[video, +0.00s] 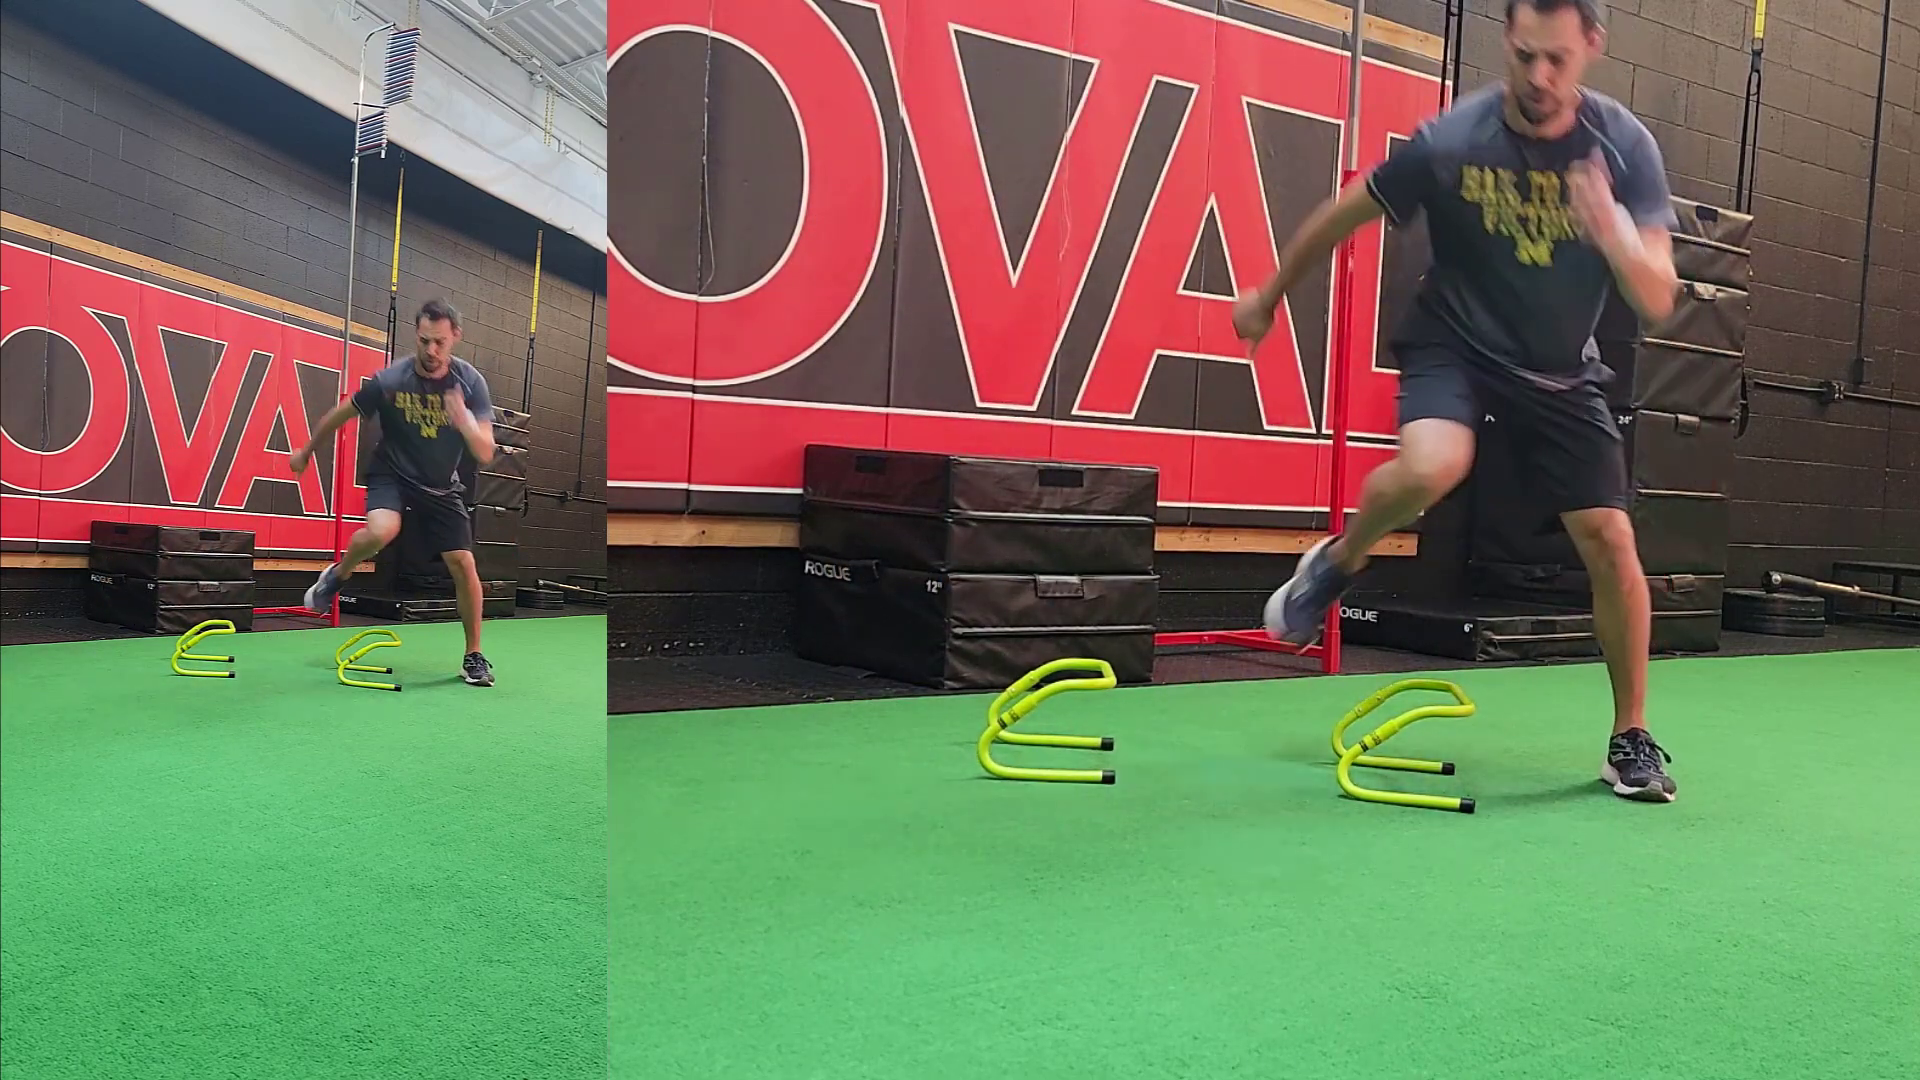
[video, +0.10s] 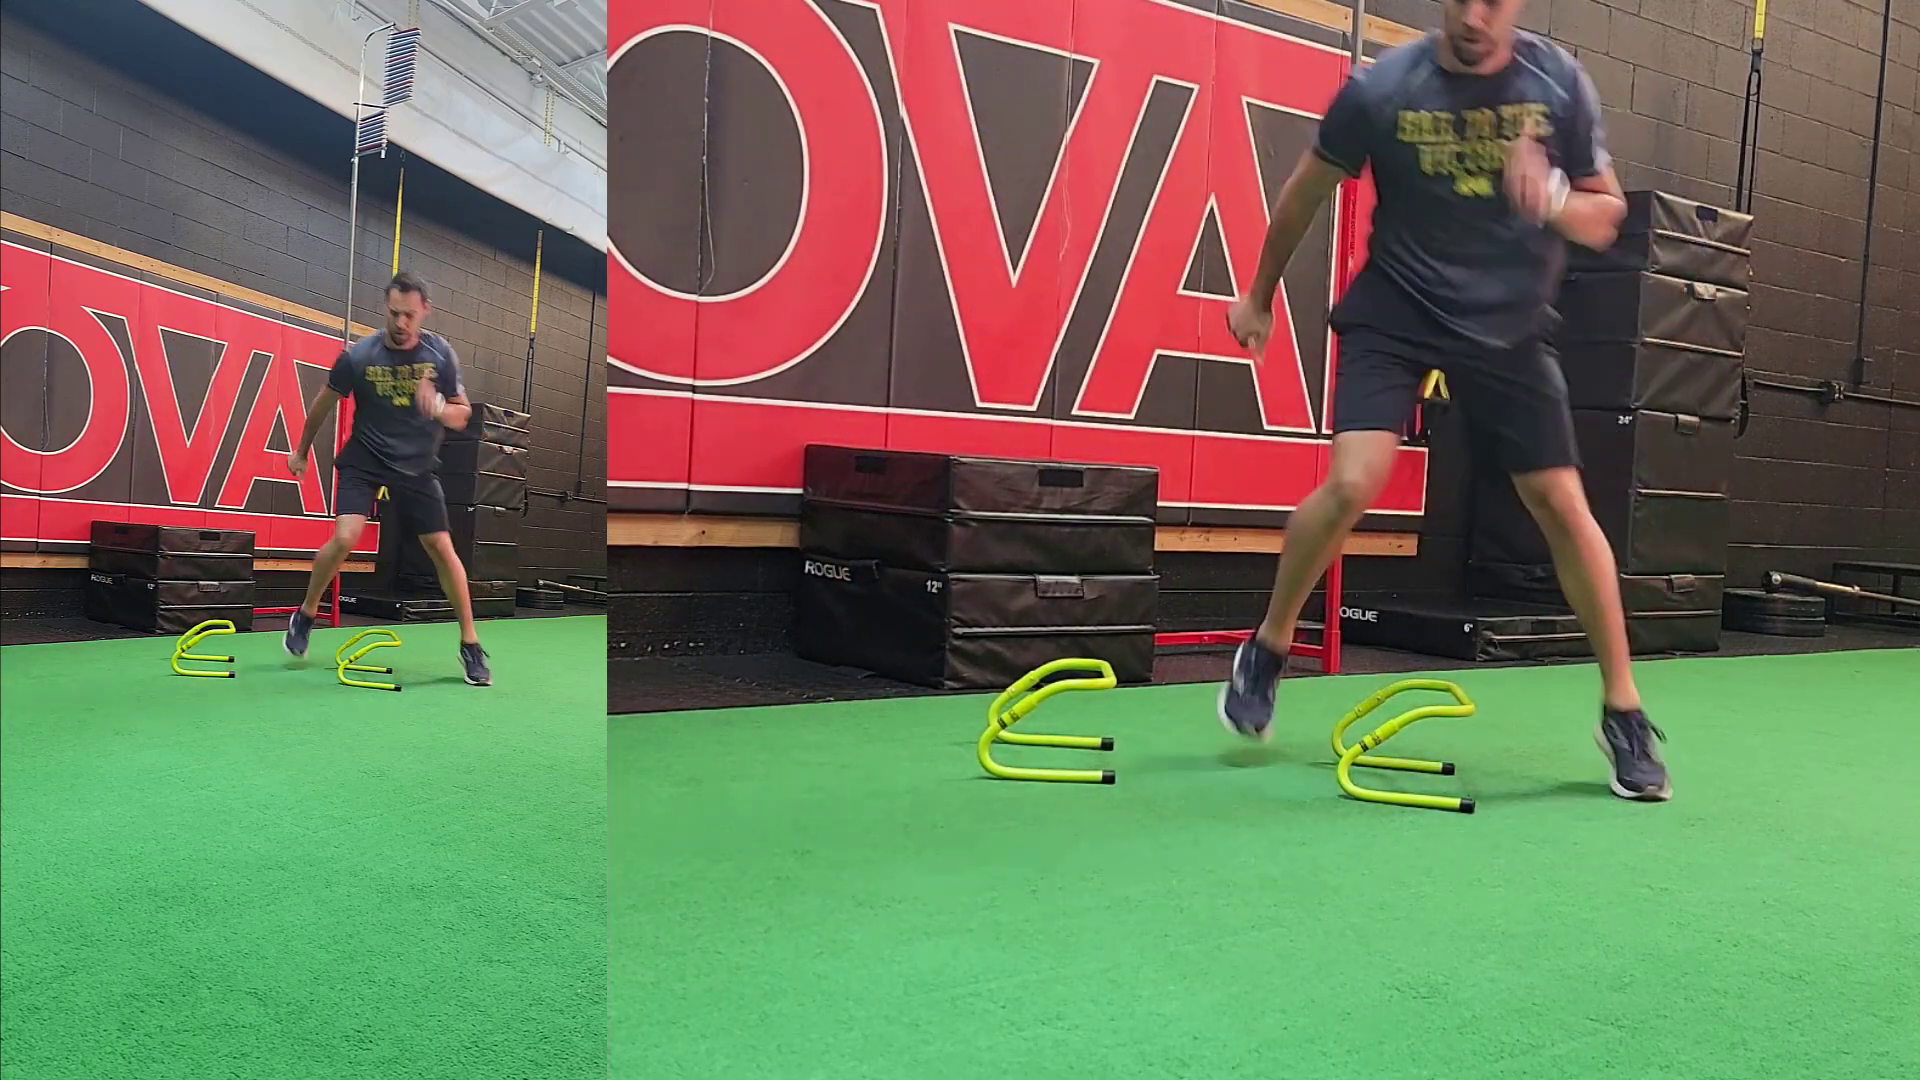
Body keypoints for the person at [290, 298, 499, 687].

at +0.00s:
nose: (431, 351)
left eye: (439, 342)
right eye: (424, 341)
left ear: (455, 339)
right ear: (415, 338)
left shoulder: (471, 383)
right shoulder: (389, 380)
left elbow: (486, 455)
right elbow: (341, 414)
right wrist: (305, 450)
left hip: (442, 486)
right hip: (392, 477)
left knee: (464, 564)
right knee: (381, 531)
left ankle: (474, 654)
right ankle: (336, 577)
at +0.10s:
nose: (400, 323)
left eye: (408, 315)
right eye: (393, 313)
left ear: (425, 312)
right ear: (383, 310)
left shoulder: (440, 354)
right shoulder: (358, 357)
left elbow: (462, 415)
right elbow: (324, 400)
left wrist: (437, 408)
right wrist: (301, 450)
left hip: (417, 467)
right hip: (363, 460)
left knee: (441, 546)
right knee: (346, 538)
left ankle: (470, 643)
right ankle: (306, 613)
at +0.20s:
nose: (366, 322)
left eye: (374, 314)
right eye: (359, 314)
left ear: (390, 312)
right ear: (350, 311)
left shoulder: (409, 356)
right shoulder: (326, 362)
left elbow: (419, 407)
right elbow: (307, 422)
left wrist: (424, 459)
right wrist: (305, 478)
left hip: (391, 458)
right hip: (337, 458)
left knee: (404, 523)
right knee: (326, 550)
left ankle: (418, 575)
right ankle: (310, 636)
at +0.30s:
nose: (339, 322)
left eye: (347, 313)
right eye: (333, 312)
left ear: (362, 311)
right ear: (324, 309)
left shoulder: (383, 355)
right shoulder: (302, 357)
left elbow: (401, 399)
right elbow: (282, 416)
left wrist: (403, 444)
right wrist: (305, 436)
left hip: (362, 450)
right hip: (316, 455)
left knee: (356, 494)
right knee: (313, 550)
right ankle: (308, 637)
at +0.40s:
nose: (317, 311)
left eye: (325, 303)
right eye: (311, 302)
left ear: (341, 298)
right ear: (302, 297)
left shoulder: (363, 343)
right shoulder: (279, 340)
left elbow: (378, 394)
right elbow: (261, 394)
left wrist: (380, 442)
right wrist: (278, 420)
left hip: (336, 446)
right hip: (290, 444)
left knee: (324, 516)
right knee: (284, 528)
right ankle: (298, 611)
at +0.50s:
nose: (290, 318)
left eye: (298, 309)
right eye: (284, 308)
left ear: (317, 305)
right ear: (277, 302)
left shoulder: (337, 354)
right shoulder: (255, 345)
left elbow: (356, 414)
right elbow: (237, 397)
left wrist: (358, 473)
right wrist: (227, 445)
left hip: (312, 456)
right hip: (264, 449)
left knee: (303, 544)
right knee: (243, 506)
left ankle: (313, 641)